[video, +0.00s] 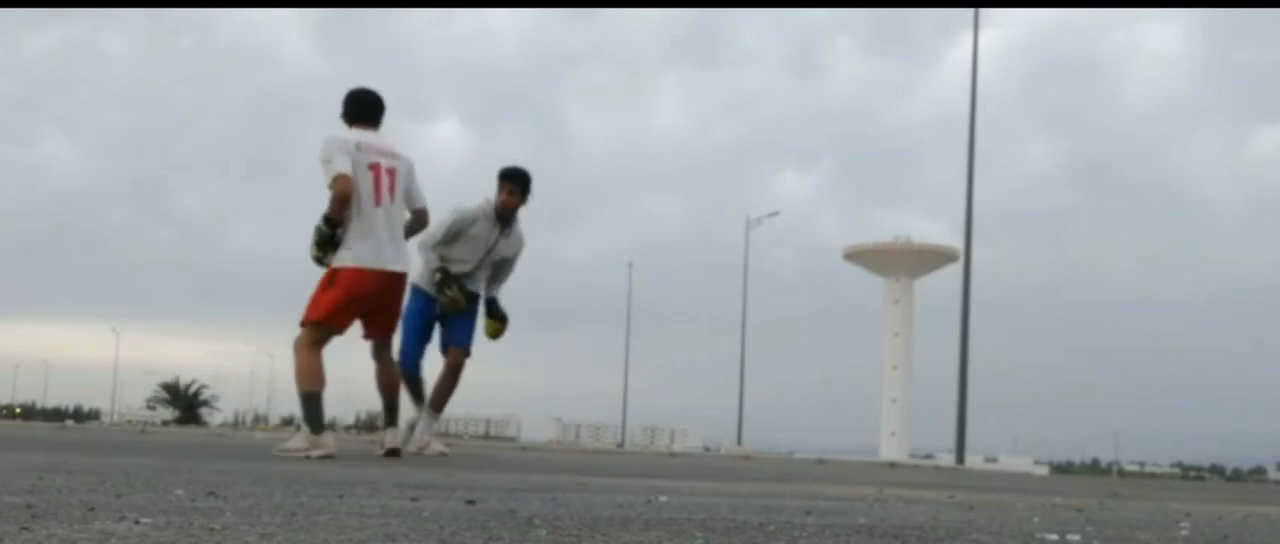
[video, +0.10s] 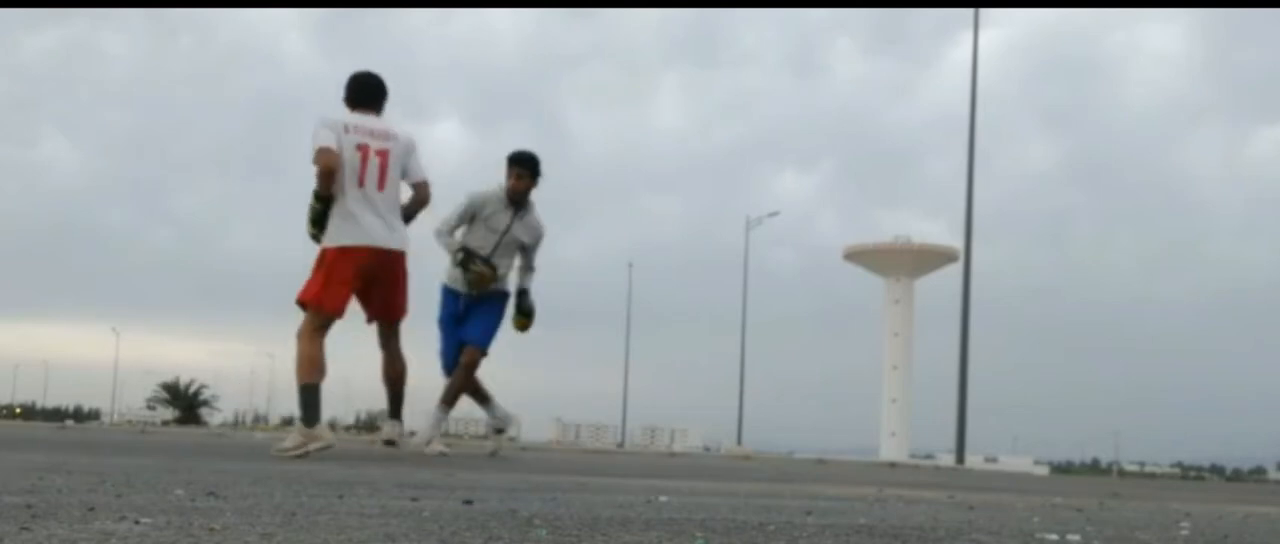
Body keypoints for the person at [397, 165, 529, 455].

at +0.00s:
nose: (506, 200)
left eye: (514, 195)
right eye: (504, 192)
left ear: (523, 201)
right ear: (497, 191)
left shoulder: (514, 241)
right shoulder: (468, 216)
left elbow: (495, 280)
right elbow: (425, 242)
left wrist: (492, 305)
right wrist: (441, 277)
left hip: (465, 295)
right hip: (428, 285)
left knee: (456, 359)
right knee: (407, 361)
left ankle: (425, 432)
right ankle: (421, 411)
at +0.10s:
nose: (517, 184)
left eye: (525, 179)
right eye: (514, 176)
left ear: (534, 184)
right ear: (506, 175)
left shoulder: (532, 229)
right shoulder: (480, 202)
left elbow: (526, 267)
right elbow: (442, 231)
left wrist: (523, 297)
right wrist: (462, 257)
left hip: (491, 296)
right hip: (456, 289)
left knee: (470, 360)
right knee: (453, 367)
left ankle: (432, 430)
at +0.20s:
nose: (523, 181)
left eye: (530, 176)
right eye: (520, 174)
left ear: (542, 181)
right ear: (513, 175)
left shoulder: (547, 223)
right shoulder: (490, 206)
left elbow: (558, 263)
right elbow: (460, 239)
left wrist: (556, 289)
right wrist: (481, 255)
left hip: (521, 292)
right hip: (486, 293)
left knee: (504, 354)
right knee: (495, 376)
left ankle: (467, 422)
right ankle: (538, 429)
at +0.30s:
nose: (530, 180)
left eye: (537, 174)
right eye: (526, 173)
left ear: (550, 178)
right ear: (520, 176)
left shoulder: (562, 221)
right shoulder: (504, 213)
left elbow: (588, 262)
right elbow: (489, 253)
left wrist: (583, 288)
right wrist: (501, 262)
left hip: (544, 293)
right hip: (511, 296)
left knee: (531, 348)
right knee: (510, 384)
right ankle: (542, 431)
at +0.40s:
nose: (542, 174)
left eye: (549, 168)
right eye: (538, 167)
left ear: (563, 171)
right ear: (534, 170)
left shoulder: (579, 212)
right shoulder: (524, 209)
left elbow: (614, 254)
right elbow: (517, 249)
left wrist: (600, 282)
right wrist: (524, 261)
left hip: (563, 294)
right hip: (530, 297)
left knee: (562, 354)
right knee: (520, 378)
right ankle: (546, 437)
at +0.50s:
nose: (563, 173)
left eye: (570, 167)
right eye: (559, 167)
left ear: (584, 170)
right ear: (555, 169)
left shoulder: (600, 208)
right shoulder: (546, 205)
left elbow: (633, 251)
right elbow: (536, 253)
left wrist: (612, 274)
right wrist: (542, 256)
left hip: (582, 304)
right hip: (547, 303)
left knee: (599, 367)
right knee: (531, 378)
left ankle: (630, 436)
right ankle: (548, 439)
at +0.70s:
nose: (608, 187)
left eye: (615, 181)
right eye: (604, 181)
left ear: (629, 185)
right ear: (599, 184)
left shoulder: (639, 228)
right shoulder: (586, 218)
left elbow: (645, 279)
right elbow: (563, 251)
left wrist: (612, 268)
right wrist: (554, 242)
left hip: (616, 318)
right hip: (575, 314)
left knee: (641, 379)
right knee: (544, 369)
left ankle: (656, 450)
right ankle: (534, 419)